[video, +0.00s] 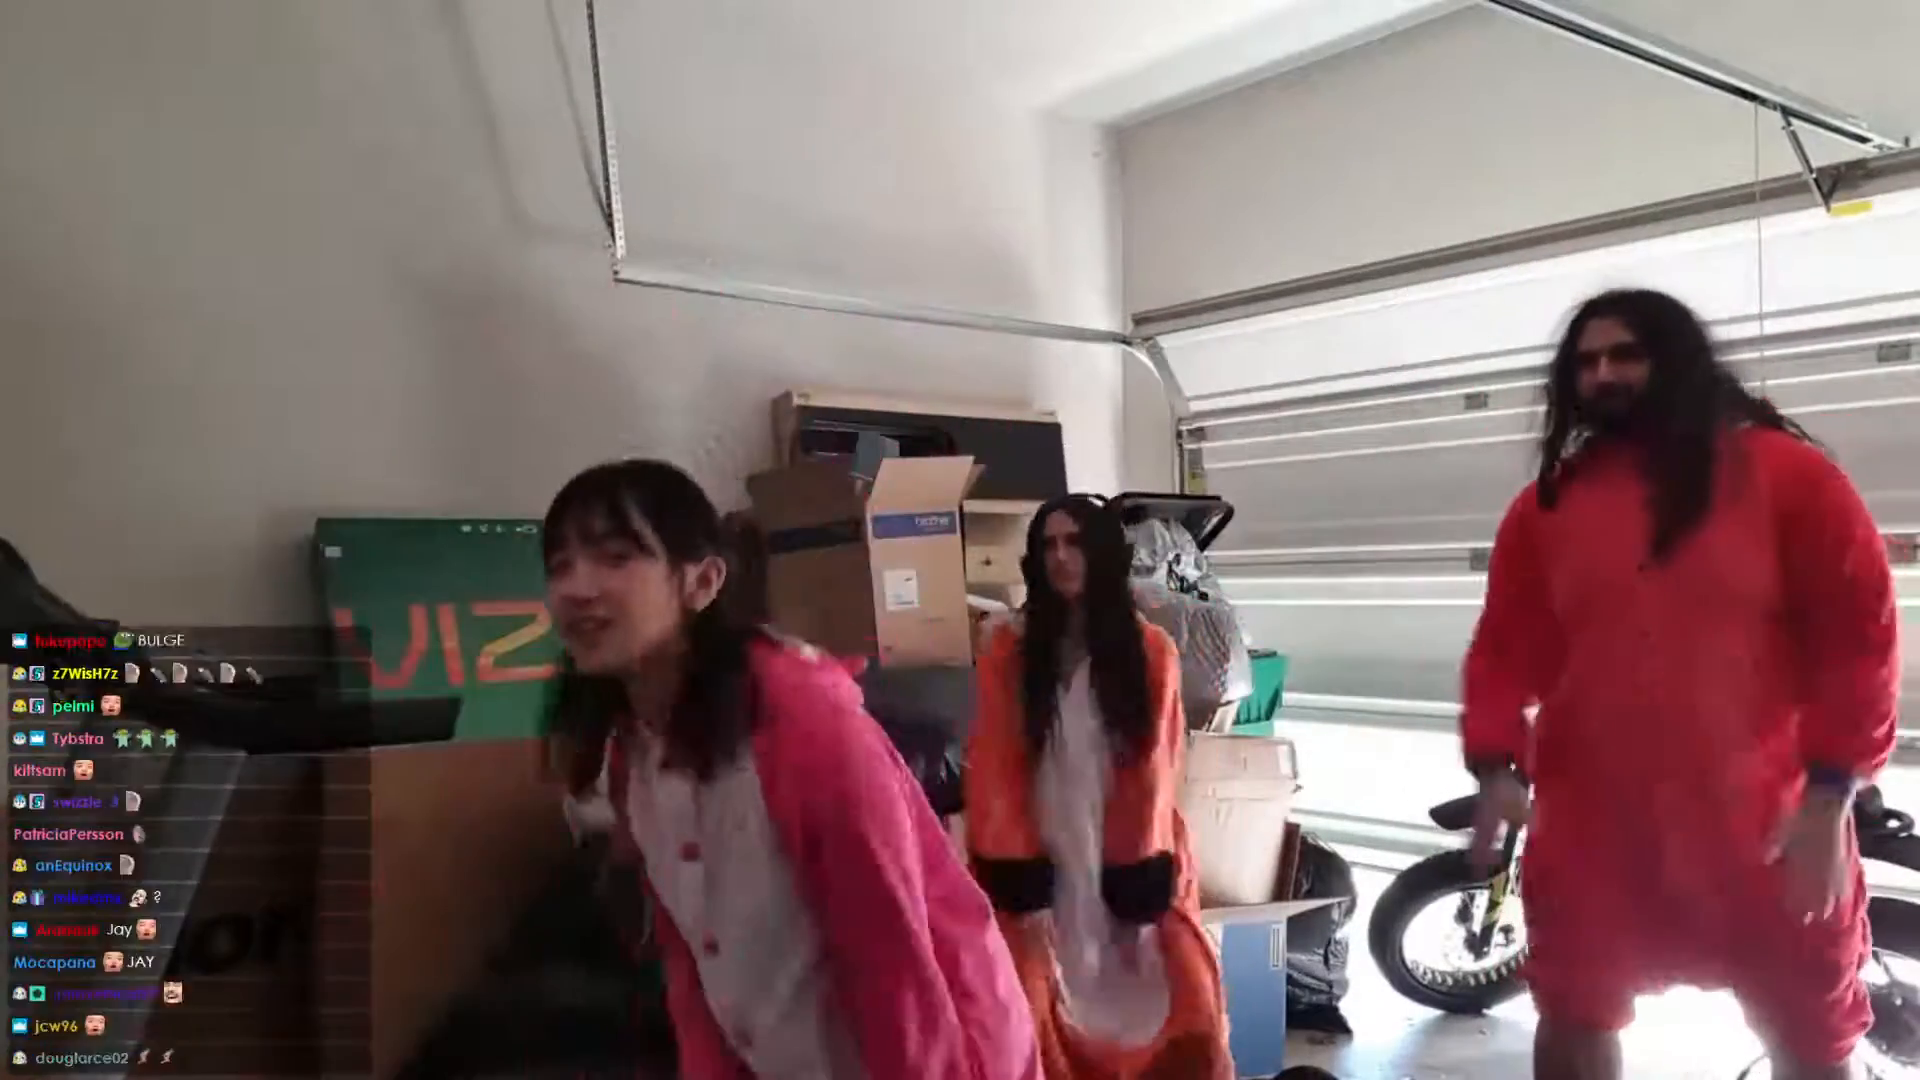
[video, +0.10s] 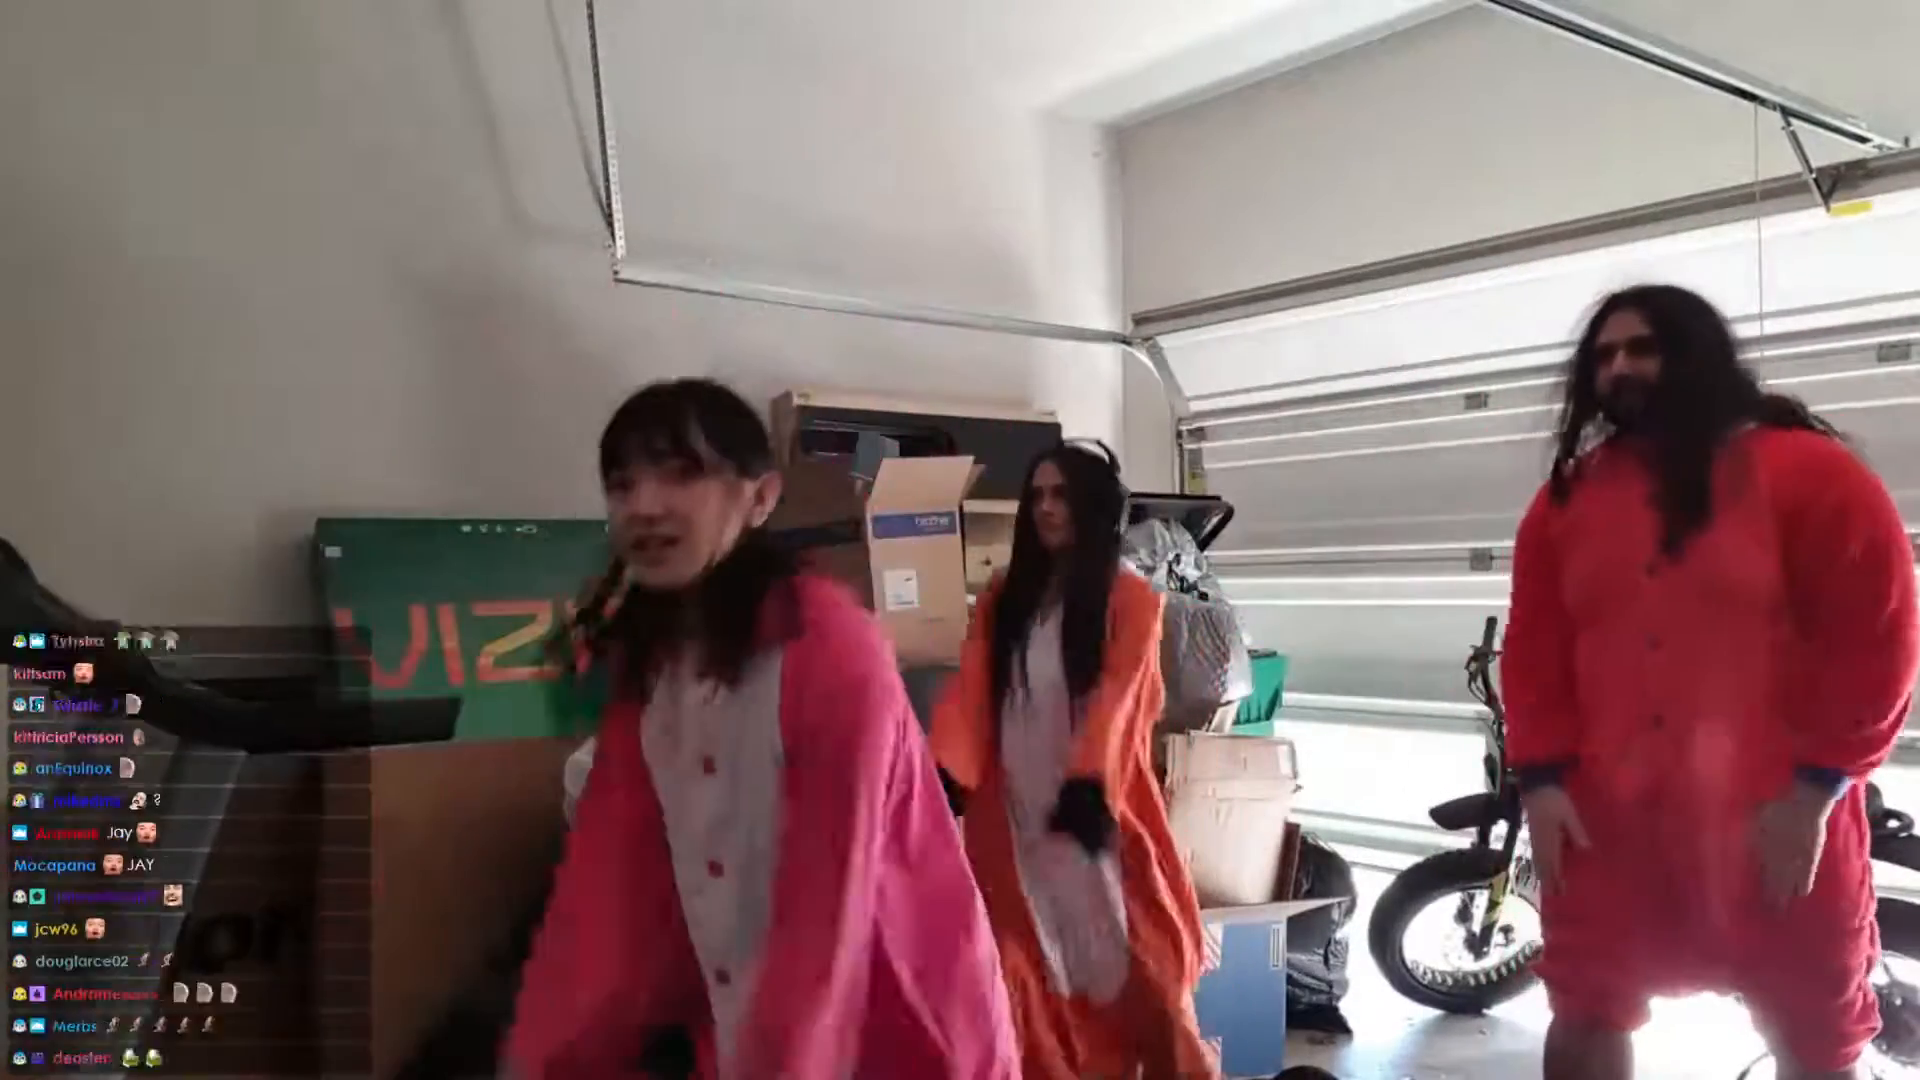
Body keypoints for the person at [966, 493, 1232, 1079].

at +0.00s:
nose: (1061, 557)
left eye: (1075, 543)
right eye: (1049, 545)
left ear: (1105, 551)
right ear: (1036, 558)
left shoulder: (1149, 649)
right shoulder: (1008, 650)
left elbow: (1155, 764)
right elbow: (993, 761)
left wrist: (1141, 885)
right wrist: (1011, 868)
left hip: (1126, 861)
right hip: (1042, 861)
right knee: (1032, 1001)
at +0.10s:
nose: (1045, 508)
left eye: (1060, 495)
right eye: (1037, 496)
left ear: (1093, 505)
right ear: (1025, 507)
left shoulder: (1129, 597)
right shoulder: (1001, 596)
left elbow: (1120, 695)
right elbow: (970, 693)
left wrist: (1090, 783)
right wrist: (949, 782)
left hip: (1096, 811)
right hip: (1007, 811)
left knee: (1133, 966)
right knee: (1014, 967)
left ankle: (1172, 1065)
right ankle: (1035, 1068)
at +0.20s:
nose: (1039, 481)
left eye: (1054, 467)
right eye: (1030, 469)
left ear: (1091, 474)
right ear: (1019, 478)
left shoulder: (1126, 553)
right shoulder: (999, 554)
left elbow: (1087, 607)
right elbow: (900, 574)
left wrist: (1013, 554)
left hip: (1097, 769)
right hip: (1004, 769)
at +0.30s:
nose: (1048, 493)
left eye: (1063, 479)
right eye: (1037, 478)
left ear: (1095, 484)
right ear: (1018, 482)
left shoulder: (1117, 559)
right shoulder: (986, 550)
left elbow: (1075, 489)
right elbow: (898, 499)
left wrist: (1027, 401)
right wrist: (849, 422)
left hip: (1102, 803)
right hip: (1004, 805)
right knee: (973, 968)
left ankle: (1178, 1057)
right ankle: (967, 1057)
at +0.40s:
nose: (998, 530)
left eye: (1013, 517)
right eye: (997, 518)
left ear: (1053, 529)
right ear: (992, 528)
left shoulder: (1089, 613)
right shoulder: (992, 607)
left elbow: (1098, 519)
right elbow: (961, 495)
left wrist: (1086, 395)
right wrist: (979, 389)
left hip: (1093, 860)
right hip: (1000, 861)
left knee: (1150, 1031)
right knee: (948, 1025)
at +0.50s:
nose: (993, 550)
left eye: (1008, 534)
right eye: (992, 536)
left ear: (1051, 541)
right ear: (989, 548)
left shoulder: (1090, 635)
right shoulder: (992, 630)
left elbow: (1092, 523)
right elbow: (946, 524)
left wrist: (1064, 394)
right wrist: (941, 417)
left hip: (1085, 881)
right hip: (995, 886)